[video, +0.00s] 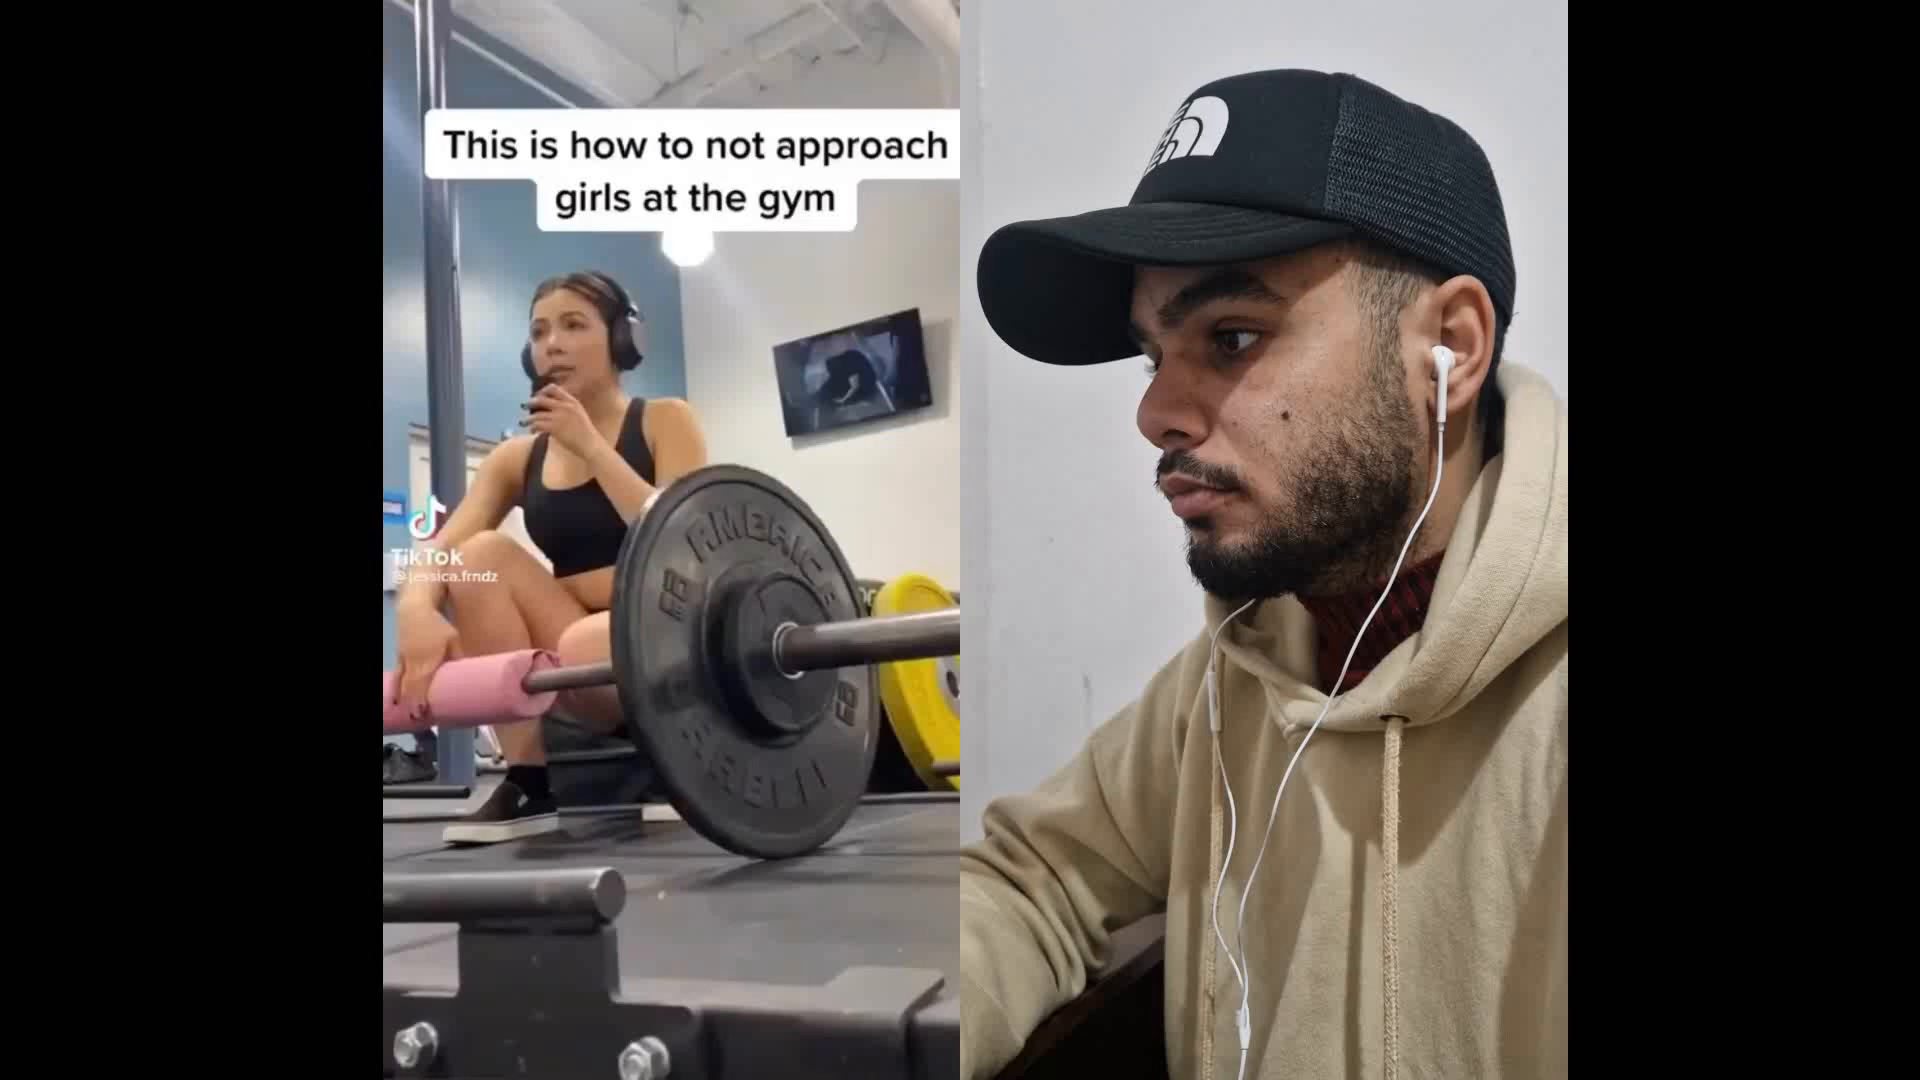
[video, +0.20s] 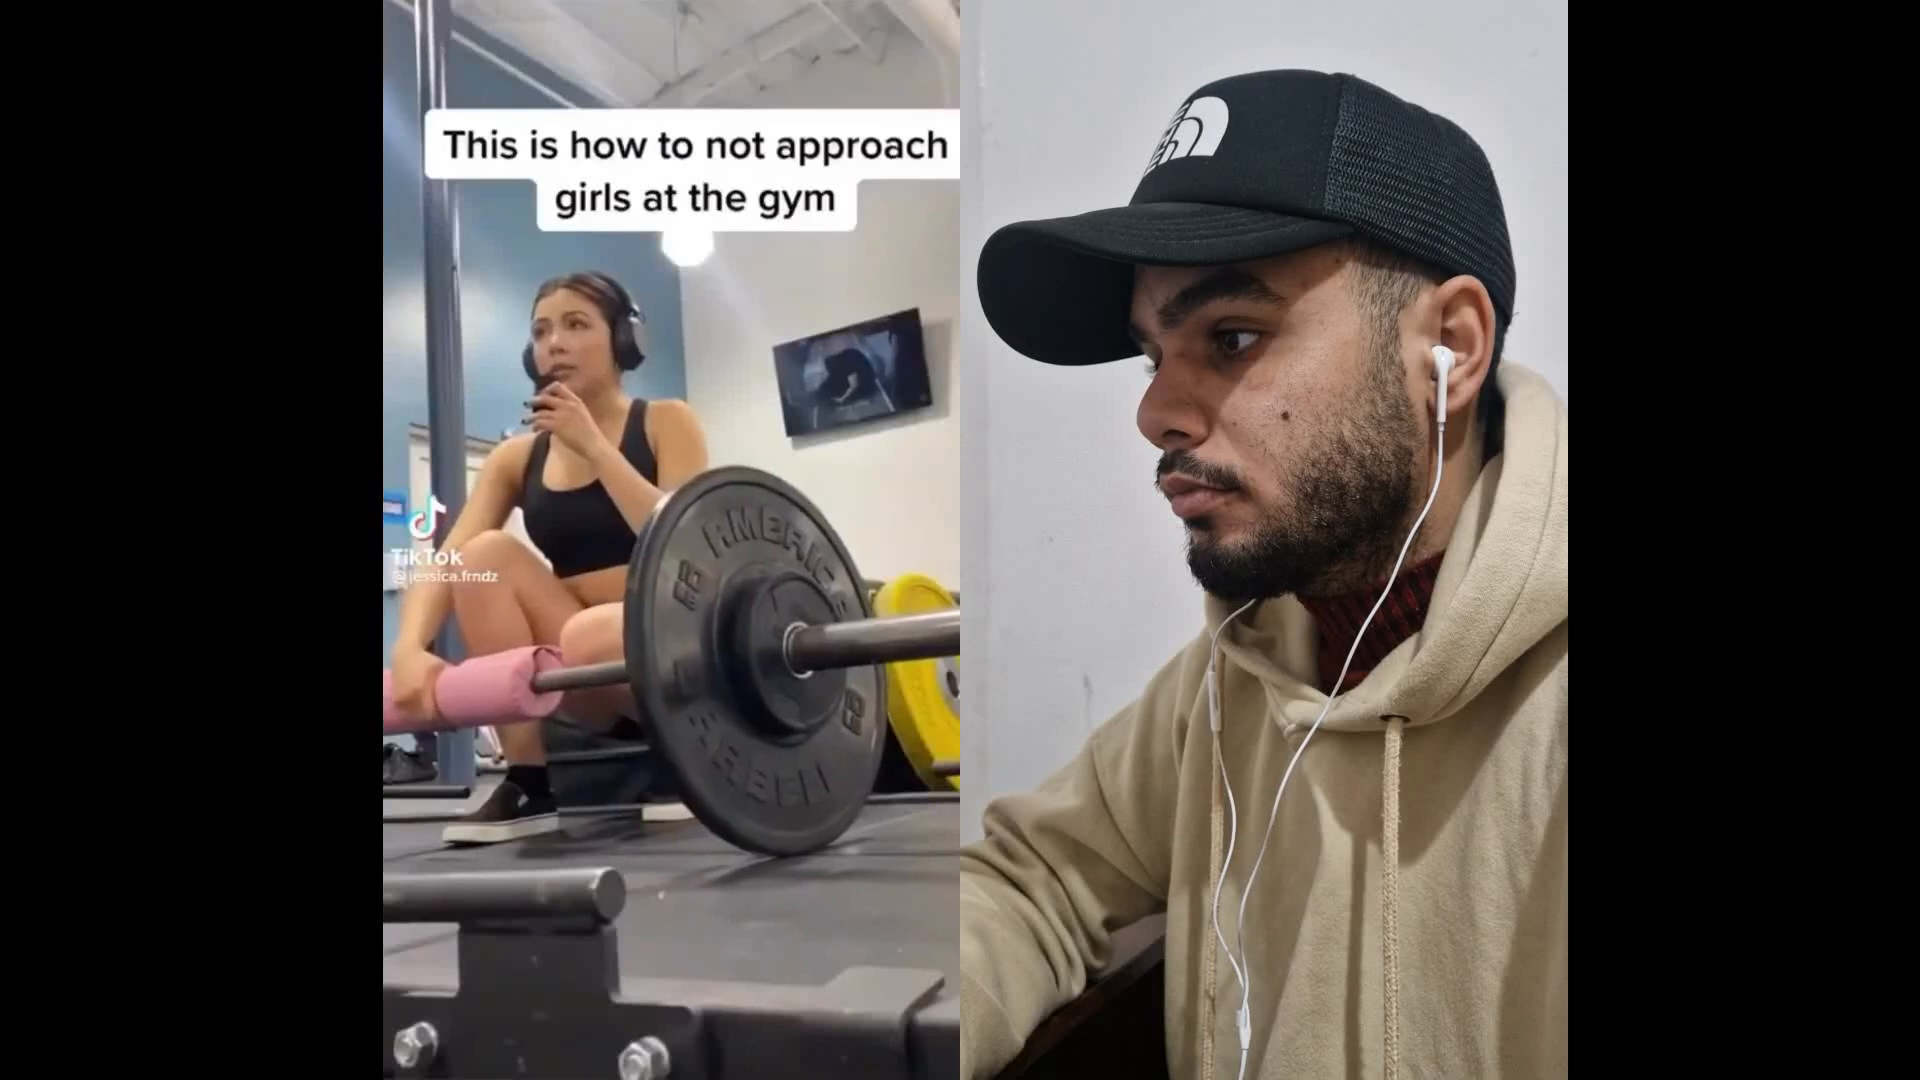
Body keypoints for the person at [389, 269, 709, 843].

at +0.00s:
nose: (552, 342)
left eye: (573, 324)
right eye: (540, 329)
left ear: (616, 339)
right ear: (531, 350)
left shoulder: (664, 421)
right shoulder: (517, 456)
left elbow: (688, 536)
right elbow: (442, 549)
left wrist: (592, 447)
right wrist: (415, 607)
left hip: (663, 628)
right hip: (563, 637)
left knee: (585, 645)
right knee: (482, 555)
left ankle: (680, 772)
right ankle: (526, 778)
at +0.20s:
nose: (555, 342)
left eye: (576, 324)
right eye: (542, 329)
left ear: (619, 340)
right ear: (533, 352)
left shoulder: (665, 423)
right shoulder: (517, 455)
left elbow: (688, 539)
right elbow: (451, 557)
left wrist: (596, 448)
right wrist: (409, 652)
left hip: (671, 636)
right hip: (574, 657)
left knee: (589, 635)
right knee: (484, 554)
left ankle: (678, 764)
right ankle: (528, 779)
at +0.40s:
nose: (558, 343)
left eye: (579, 325)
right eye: (545, 330)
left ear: (620, 341)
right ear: (534, 352)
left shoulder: (667, 425)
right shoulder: (518, 456)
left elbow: (691, 541)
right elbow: (450, 560)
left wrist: (598, 450)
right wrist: (414, 651)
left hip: (672, 640)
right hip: (573, 656)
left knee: (593, 632)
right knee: (486, 554)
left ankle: (686, 760)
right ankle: (527, 782)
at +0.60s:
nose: (561, 343)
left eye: (582, 325)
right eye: (548, 330)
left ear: (623, 342)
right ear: (537, 352)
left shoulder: (669, 426)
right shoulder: (521, 455)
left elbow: (691, 539)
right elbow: (452, 560)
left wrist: (600, 448)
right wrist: (421, 650)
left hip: (676, 647)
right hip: (578, 662)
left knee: (600, 631)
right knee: (482, 556)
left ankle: (674, 750)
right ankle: (527, 781)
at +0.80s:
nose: (566, 341)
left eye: (588, 324)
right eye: (552, 328)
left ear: (628, 341)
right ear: (540, 350)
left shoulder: (672, 426)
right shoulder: (522, 455)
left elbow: (695, 535)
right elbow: (448, 568)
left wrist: (605, 447)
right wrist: (432, 650)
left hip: (675, 645)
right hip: (577, 657)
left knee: (605, 631)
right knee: (476, 559)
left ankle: (667, 749)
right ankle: (526, 780)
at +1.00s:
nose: (572, 342)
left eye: (593, 324)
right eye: (557, 327)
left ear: (632, 342)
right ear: (544, 348)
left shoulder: (675, 429)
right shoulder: (522, 452)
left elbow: (692, 539)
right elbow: (439, 569)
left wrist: (608, 447)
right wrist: (439, 652)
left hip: (671, 641)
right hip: (570, 649)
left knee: (612, 633)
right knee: (472, 559)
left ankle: (667, 748)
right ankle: (526, 780)